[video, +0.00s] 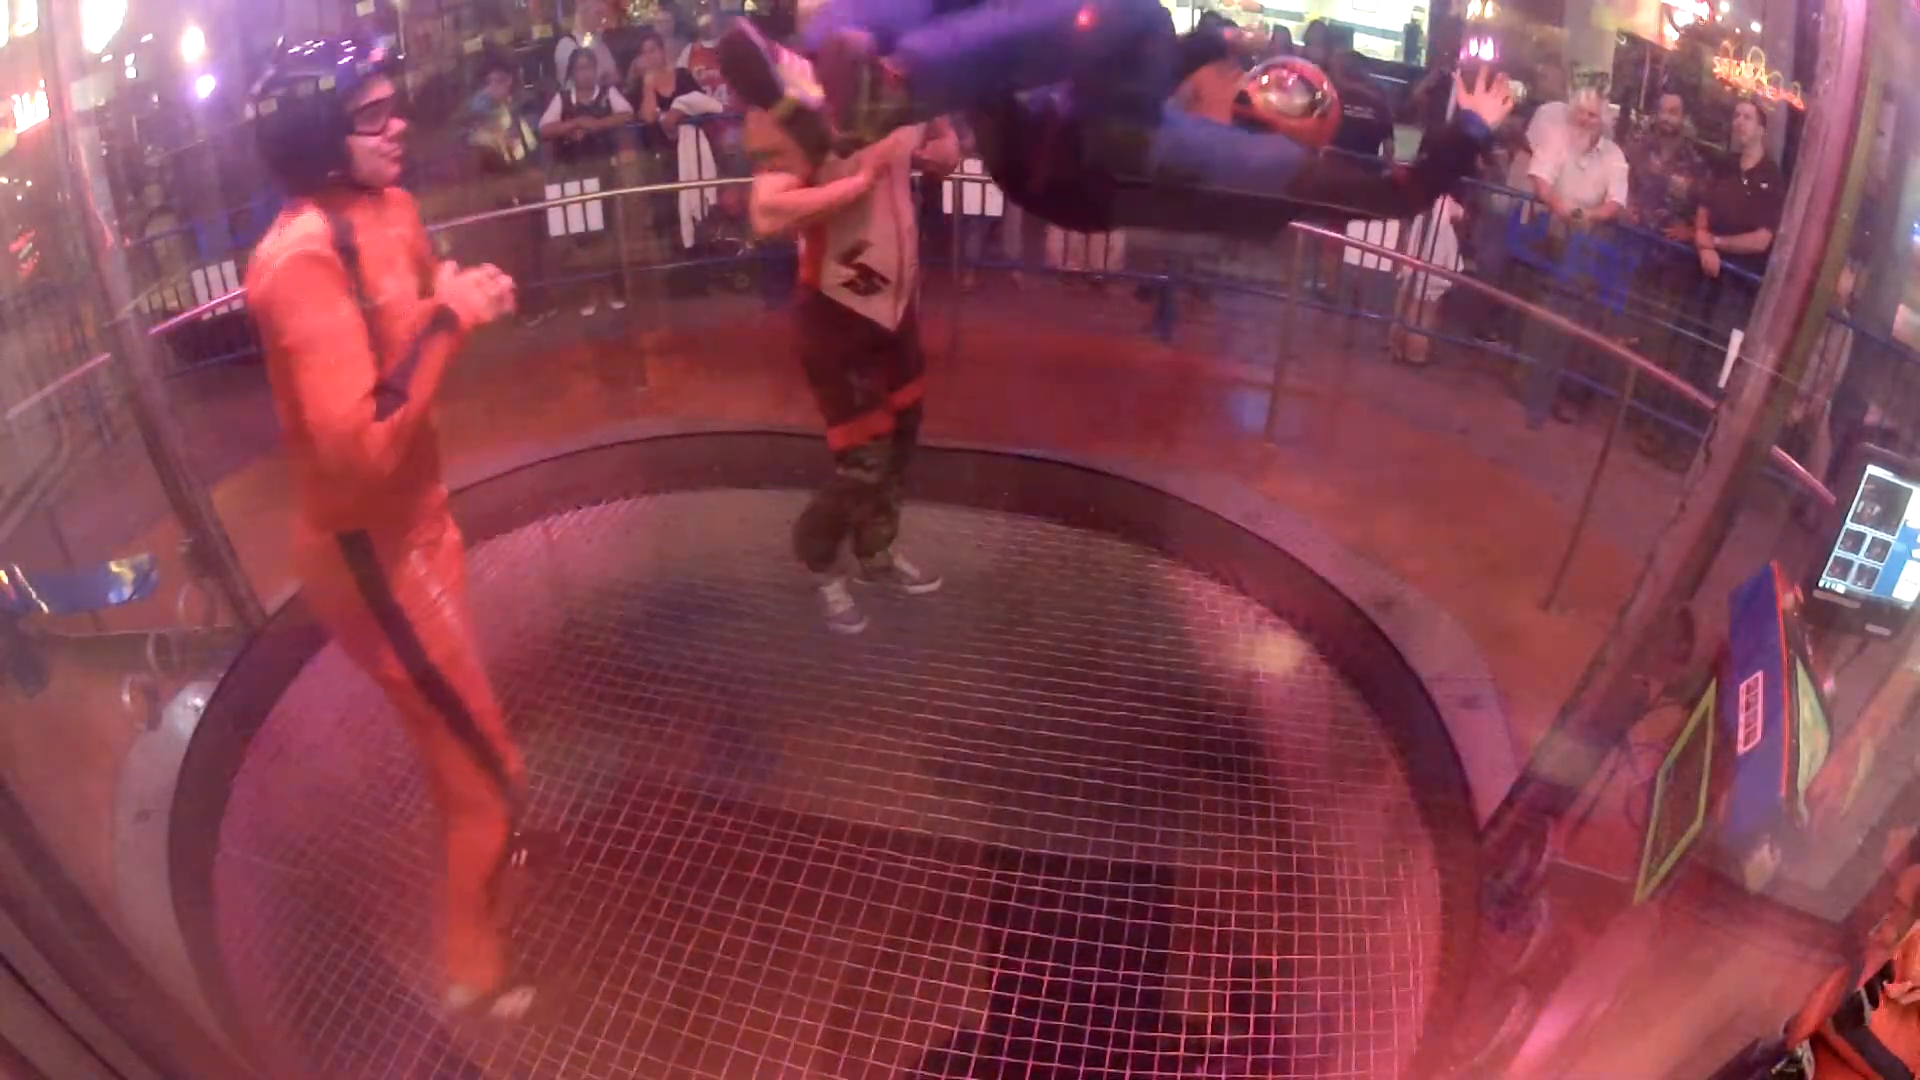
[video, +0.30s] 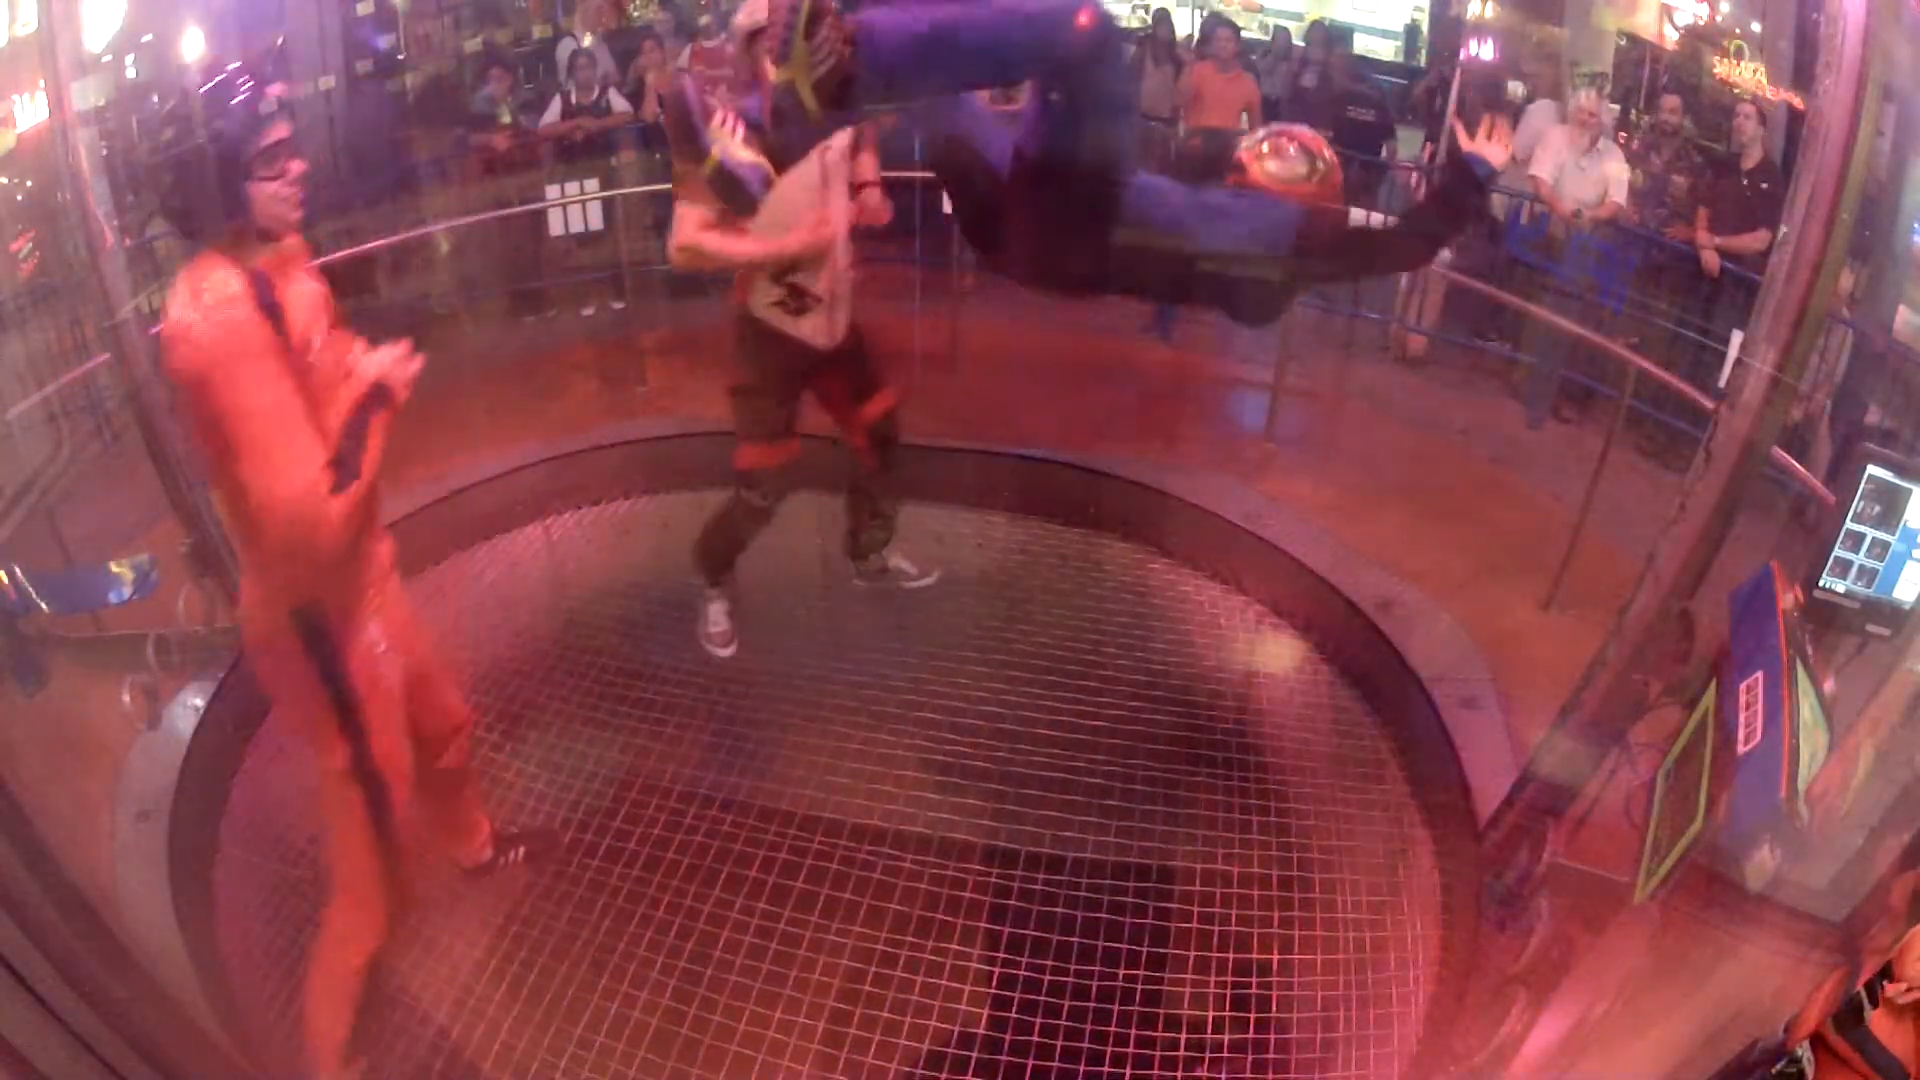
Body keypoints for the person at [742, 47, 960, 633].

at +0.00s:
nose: (869, 84)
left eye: (874, 71)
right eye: (854, 71)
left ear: (887, 83)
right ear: (832, 84)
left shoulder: (895, 131)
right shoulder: (801, 139)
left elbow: (943, 153)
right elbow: (767, 210)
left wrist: (940, 144)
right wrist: (854, 183)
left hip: (895, 311)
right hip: (835, 316)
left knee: (900, 442)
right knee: (865, 459)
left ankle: (876, 553)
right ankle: (821, 563)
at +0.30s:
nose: (772, 46)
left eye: (781, 32)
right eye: (758, 34)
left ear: (793, 40)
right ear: (732, 48)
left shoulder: (838, 124)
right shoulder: (717, 135)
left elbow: (874, 204)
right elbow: (686, 241)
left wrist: (864, 203)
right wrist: (790, 247)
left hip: (831, 320)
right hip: (766, 326)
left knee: (879, 436)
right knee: (765, 483)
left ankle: (869, 550)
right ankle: (713, 579)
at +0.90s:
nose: (695, 85)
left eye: (703, 71)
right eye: (677, 73)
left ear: (716, 77)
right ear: (646, 85)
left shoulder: (734, 138)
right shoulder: (620, 166)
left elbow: (776, 203)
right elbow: (606, 286)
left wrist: (777, 221)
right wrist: (688, 272)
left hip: (773, 355)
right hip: (702, 370)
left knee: (801, 494)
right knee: (747, 523)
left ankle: (773, 606)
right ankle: (713, 597)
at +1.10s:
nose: (684, 107)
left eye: (693, 92)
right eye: (665, 95)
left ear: (706, 96)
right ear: (631, 108)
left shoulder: (726, 166)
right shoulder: (604, 197)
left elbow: (764, 231)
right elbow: (585, 340)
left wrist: (777, 250)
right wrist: (686, 368)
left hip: (775, 397)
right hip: (706, 421)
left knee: (803, 525)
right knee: (770, 596)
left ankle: (789, 617)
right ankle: (701, 667)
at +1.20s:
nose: (673, 120)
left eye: (682, 105)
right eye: (653, 110)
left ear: (697, 109)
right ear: (616, 123)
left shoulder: (712, 174)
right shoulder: (593, 217)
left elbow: (751, 242)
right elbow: (579, 365)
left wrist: (775, 260)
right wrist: (675, 377)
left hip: (777, 421)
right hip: (704, 444)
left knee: (800, 528)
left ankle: (782, 622)